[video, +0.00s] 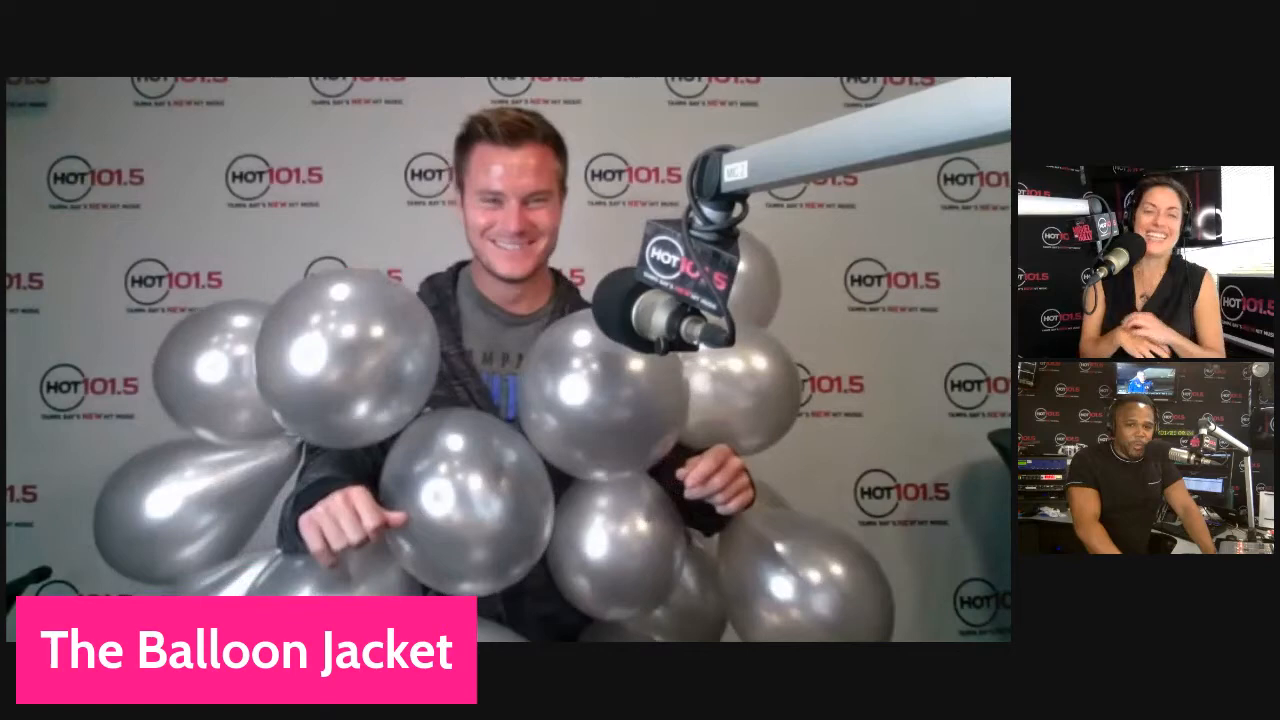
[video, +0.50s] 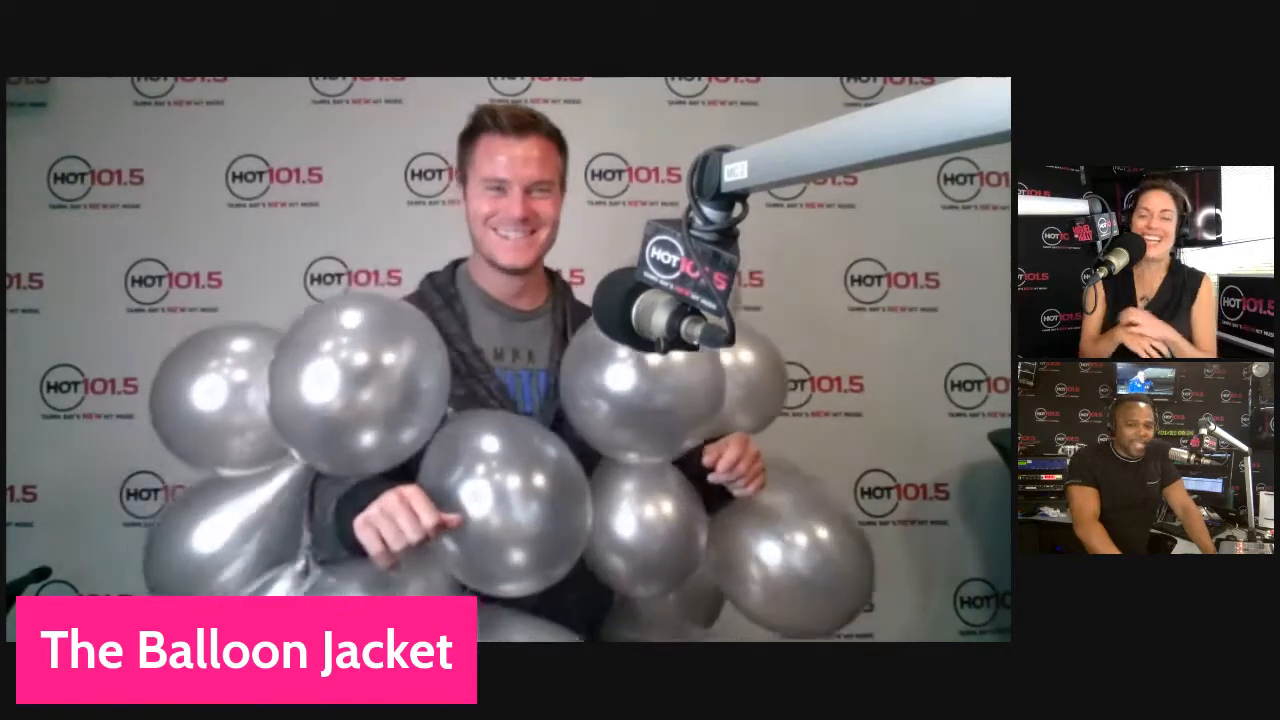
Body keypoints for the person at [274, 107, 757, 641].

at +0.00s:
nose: (515, 222)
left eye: (537, 200)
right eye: (491, 200)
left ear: (562, 205)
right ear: (459, 202)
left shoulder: (602, 335)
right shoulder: (405, 326)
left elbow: (649, 460)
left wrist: (707, 484)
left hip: (580, 615)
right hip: (439, 609)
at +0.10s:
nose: (519, 222)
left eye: (541, 200)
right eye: (495, 199)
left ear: (566, 204)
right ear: (462, 198)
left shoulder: (604, 336)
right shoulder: (406, 328)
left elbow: (652, 473)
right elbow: (335, 452)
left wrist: (709, 486)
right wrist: (332, 499)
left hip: (581, 617)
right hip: (441, 612)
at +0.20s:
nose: (525, 222)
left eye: (546, 200)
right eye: (502, 198)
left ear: (571, 205)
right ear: (469, 198)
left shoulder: (606, 338)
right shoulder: (402, 331)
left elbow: (652, 478)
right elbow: (331, 464)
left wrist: (710, 487)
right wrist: (343, 497)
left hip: (588, 620)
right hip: (446, 617)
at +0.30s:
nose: (527, 219)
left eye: (548, 199)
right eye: (505, 196)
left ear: (571, 204)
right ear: (470, 197)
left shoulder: (607, 336)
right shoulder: (401, 332)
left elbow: (649, 477)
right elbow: (331, 474)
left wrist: (709, 483)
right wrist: (356, 499)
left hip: (595, 615)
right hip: (451, 613)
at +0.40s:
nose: (523, 215)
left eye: (545, 195)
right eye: (501, 192)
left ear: (567, 203)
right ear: (468, 196)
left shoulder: (605, 337)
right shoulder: (403, 333)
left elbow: (650, 477)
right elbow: (333, 469)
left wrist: (712, 471)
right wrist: (362, 501)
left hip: (589, 616)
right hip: (449, 614)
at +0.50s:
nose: (517, 211)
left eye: (538, 190)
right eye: (495, 188)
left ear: (561, 201)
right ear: (461, 193)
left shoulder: (599, 336)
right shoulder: (404, 335)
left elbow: (645, 472)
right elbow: (331, 483)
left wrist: (712, 465)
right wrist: (369, 506)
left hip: (588, 616)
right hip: (447, 616)